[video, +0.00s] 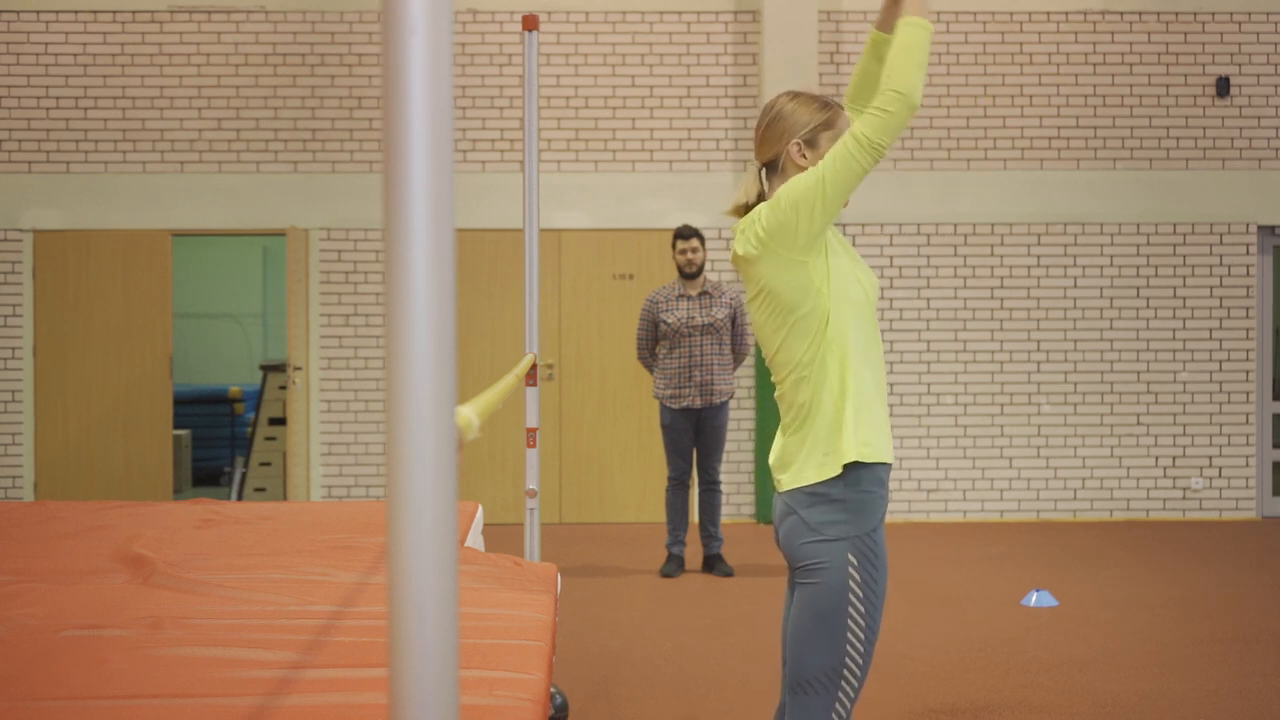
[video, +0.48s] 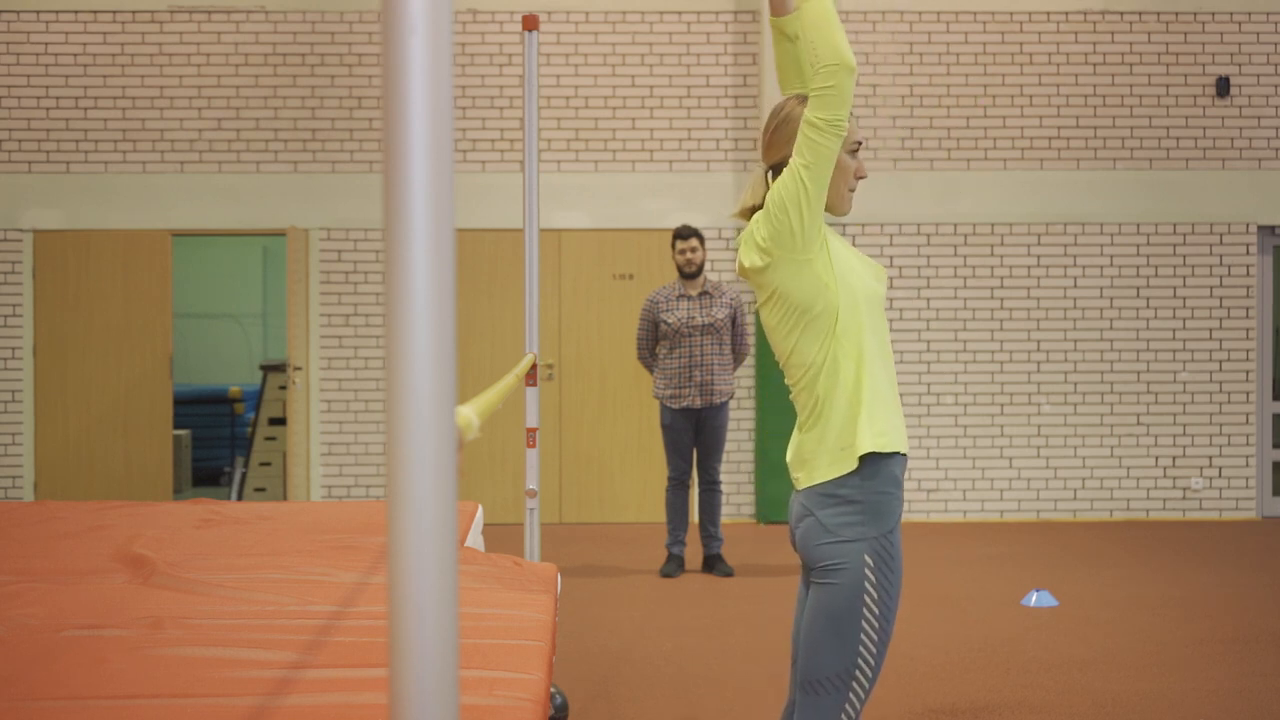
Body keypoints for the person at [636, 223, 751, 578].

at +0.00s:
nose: (688, 256)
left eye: (694, 250)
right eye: (682, 251)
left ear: (705, 253)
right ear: (673, 256)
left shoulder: (729, 297)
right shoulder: (658, 300)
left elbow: (742, 347)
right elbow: (644, 351)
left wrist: (718, 372)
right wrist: (670, 376)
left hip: (715, 402)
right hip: (674, 403)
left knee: (710, 479)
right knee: (678, 477)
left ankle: (713, 553)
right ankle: (675, 552)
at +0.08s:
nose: (688, 256)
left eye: (694, 250)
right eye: (682, 251)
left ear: (705, 253)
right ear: (673, 256)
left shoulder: (729, 297)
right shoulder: (658, 300)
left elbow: (742, 347)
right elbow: (644, 351)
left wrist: (718, 372)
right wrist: (670, 376)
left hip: (716, 402)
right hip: (674, 402)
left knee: (710, 478)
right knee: (678, 477)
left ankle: (713, 553)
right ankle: (675, 552)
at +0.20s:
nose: (688, 256)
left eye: (694, 250)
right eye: (682, 252)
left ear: (705, 254)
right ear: (673, 257)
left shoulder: (728, 297)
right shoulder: (658, 300)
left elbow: (742, 347)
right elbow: (644, 350)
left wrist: (718, 372)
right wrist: (669, 376)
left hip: (715, 402)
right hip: (674, 402)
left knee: (710, 479)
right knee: (679, 478)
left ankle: (713, 553)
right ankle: (675, 553)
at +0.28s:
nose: (688, 256)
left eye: (694, 250)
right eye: (681, 251)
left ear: (704, 253)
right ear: (673, 256)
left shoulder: (728, 297)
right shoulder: (658, 300)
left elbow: (742, 347)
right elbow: (644, 351)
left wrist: (719, 372)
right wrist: (670, 376)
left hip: (715, 402)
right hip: (675, 403)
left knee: (710, 479)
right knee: (678, 478)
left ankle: (713, 553)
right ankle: (675, 553)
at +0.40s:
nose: (688, 256)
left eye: (693, 250)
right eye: (681, 251)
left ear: (704, 253)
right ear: (673, 256)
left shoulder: (728, 297)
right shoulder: (658, 300)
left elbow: (741, 347)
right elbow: (644, 351)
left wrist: (718, 372)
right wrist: (669, 376)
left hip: (715, 402)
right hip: (675, 402)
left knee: (710, 479)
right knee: (678, 478)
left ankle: (713, 553)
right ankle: (675, 553)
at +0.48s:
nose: (688, 256)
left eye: (693, 250)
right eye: (681, 252)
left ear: (704, 253)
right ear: (673, 257)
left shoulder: (728, 297)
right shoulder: (658, 300)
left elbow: (742, 347)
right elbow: (644, 351)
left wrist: (719, 372)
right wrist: (670, 377)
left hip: (715, 402)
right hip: (675, 402)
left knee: (710, 479)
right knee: (678, 477)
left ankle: (713, 553)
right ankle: (675, 553)